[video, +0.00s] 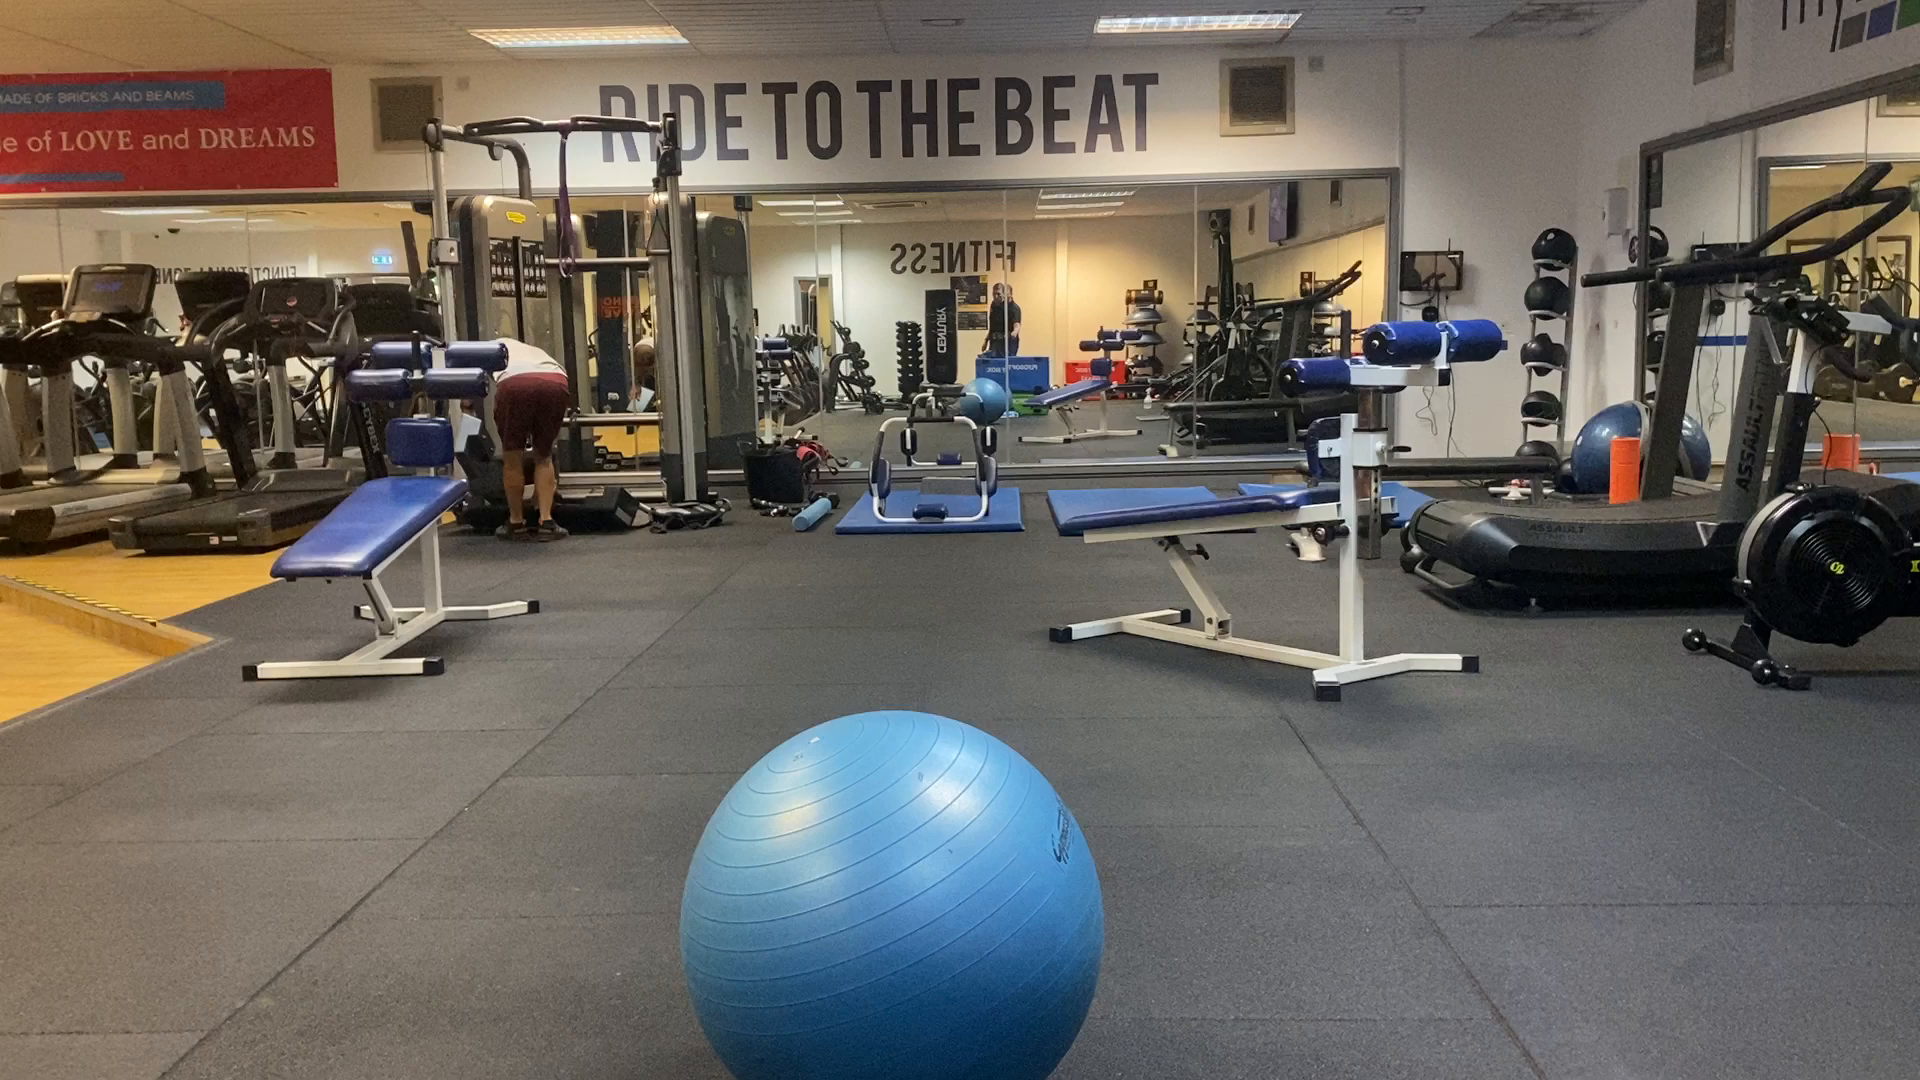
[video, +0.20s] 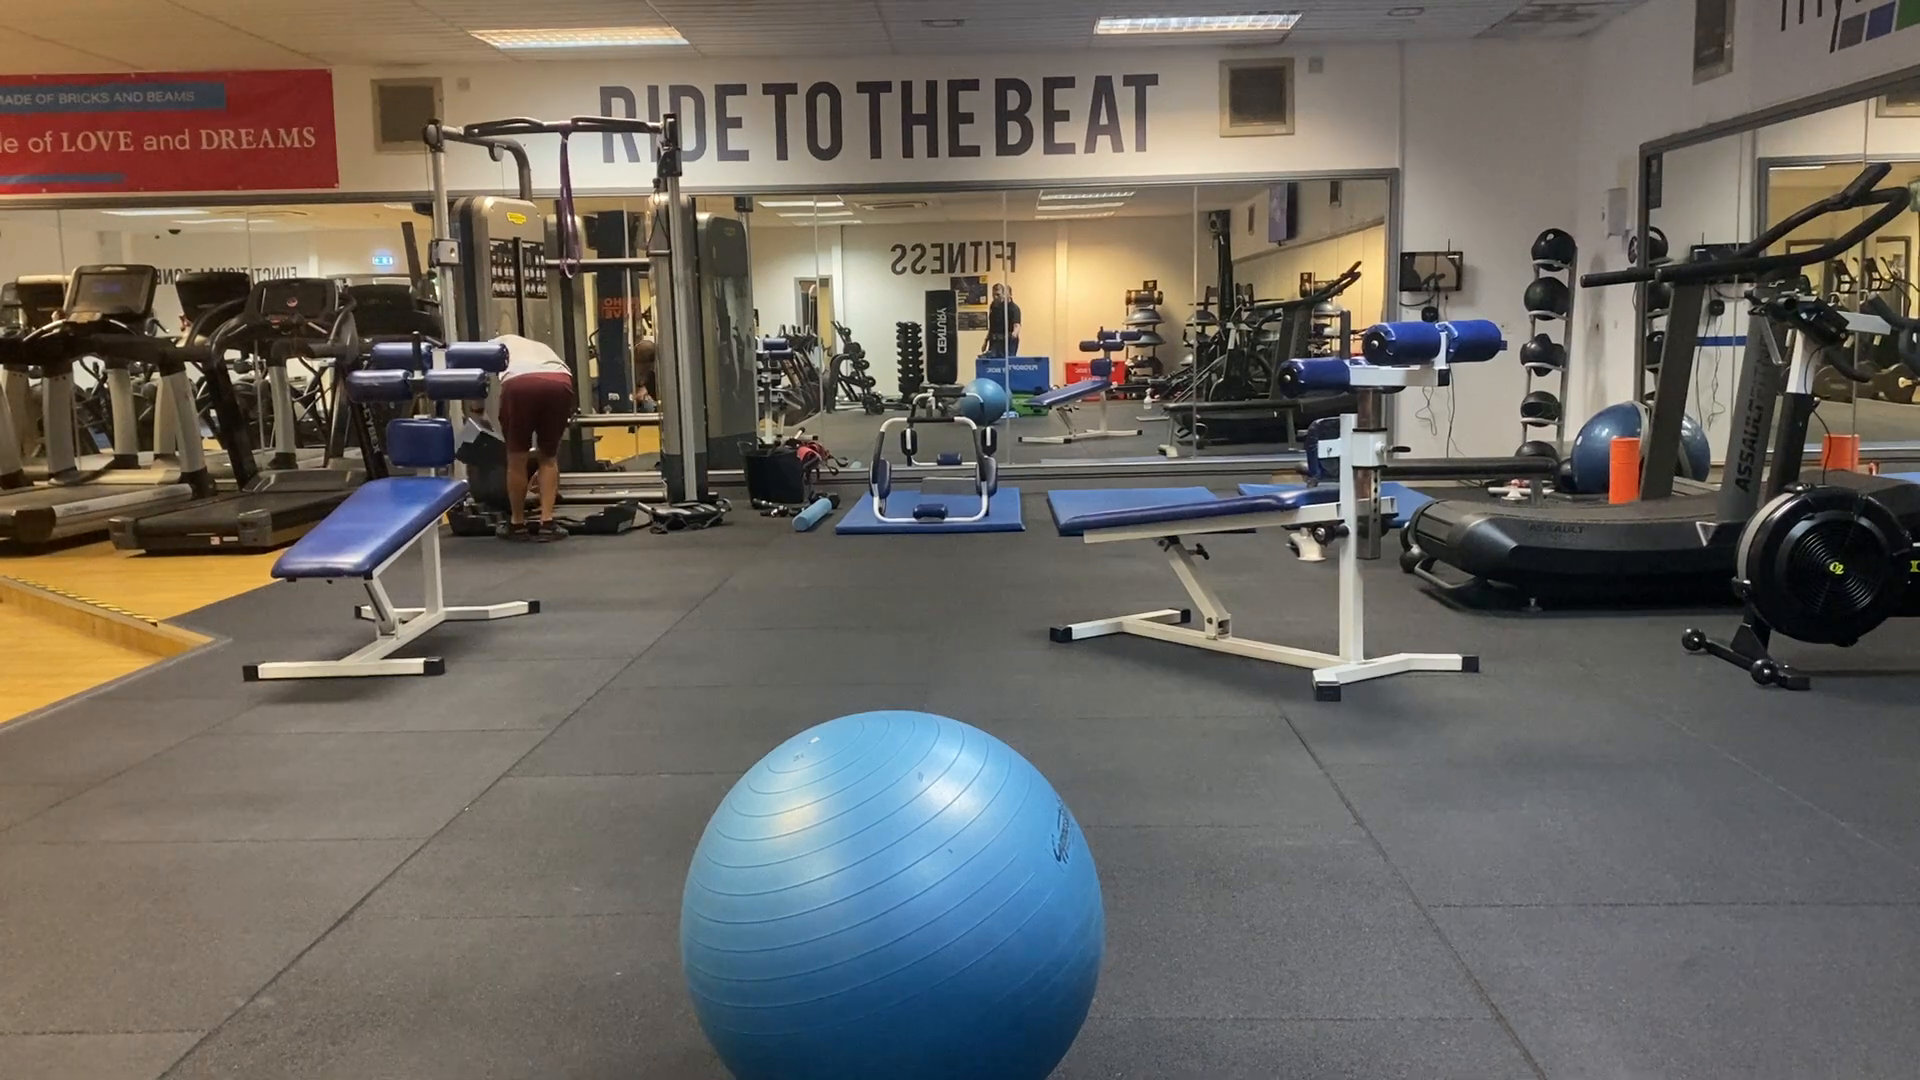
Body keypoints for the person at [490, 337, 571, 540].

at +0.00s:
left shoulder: (491, 348)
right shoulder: (539, 354)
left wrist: (467, 397)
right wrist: (536, 498)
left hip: (515, 387)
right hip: (556, 386)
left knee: (512, 461)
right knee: (544, 457)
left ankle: (516, 523)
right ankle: (546, 521)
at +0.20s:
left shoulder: (494, 347)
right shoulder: (543, 349)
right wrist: (542, 473)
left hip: (519, 386)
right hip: (559, 384)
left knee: (517, 460)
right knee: (549, 456)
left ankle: (517, 523)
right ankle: (547, 523)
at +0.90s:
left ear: (509, 328)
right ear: (539, 333)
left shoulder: (491, 334)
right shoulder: (553, 347)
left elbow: (475, 374)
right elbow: (560, 408)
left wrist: (477, 413)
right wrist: (539, 433)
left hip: (499, 389)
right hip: (539, 389)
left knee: (489, 464)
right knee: (545, 461)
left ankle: (484, 525)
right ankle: (546, 524)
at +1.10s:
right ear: (526, 345)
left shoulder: (478, 348)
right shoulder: (539, 358)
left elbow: (456, 399)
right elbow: (540, 408)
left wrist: (460, 435)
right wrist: (529, 446)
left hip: (481, 387)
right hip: (522, 385)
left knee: (481, 462)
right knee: (537, 458)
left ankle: (483, 526)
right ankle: (545, 524)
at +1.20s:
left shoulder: (468, 361)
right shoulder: (533, 368)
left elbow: (454, 414)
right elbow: (526, 422)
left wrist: (458, 452)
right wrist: (510, 463)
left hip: (473, 387)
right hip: (514, 385)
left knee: (477, 462)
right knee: (531, 457)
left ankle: (483, 526)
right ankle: (545, 525)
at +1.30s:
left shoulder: (461, 370)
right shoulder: (526, 375)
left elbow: (454, 421)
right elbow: (521, 431)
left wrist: (455, 463)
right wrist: (505, 468)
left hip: (466, 389)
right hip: (507, 384)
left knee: (474, 463)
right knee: (526, 456)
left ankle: (483, 525)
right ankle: (544, 524)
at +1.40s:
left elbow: (456, 430)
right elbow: (515, 453)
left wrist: (459, 473)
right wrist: (496, 486)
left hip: (463, 389)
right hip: (505, 385)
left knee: (474, 461)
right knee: (524, 456)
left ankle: (483, 525)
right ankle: (546, 524)